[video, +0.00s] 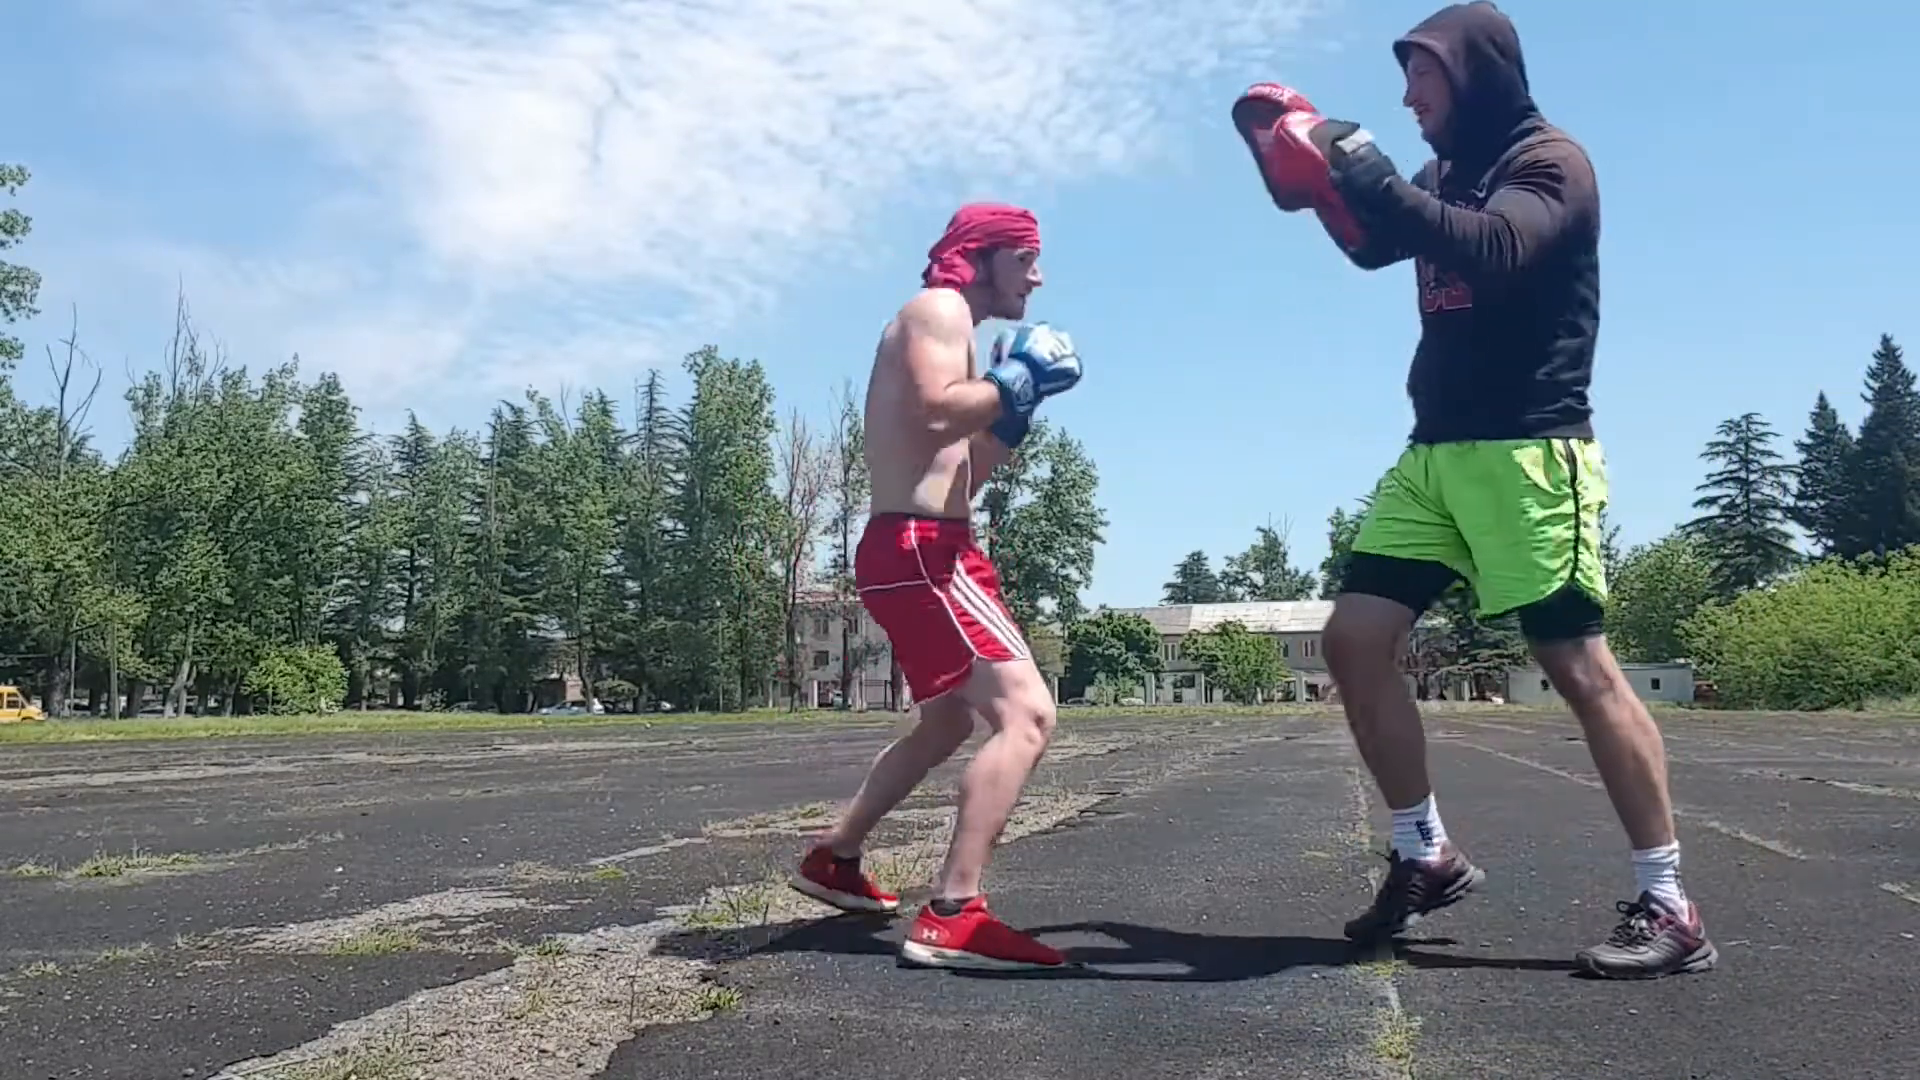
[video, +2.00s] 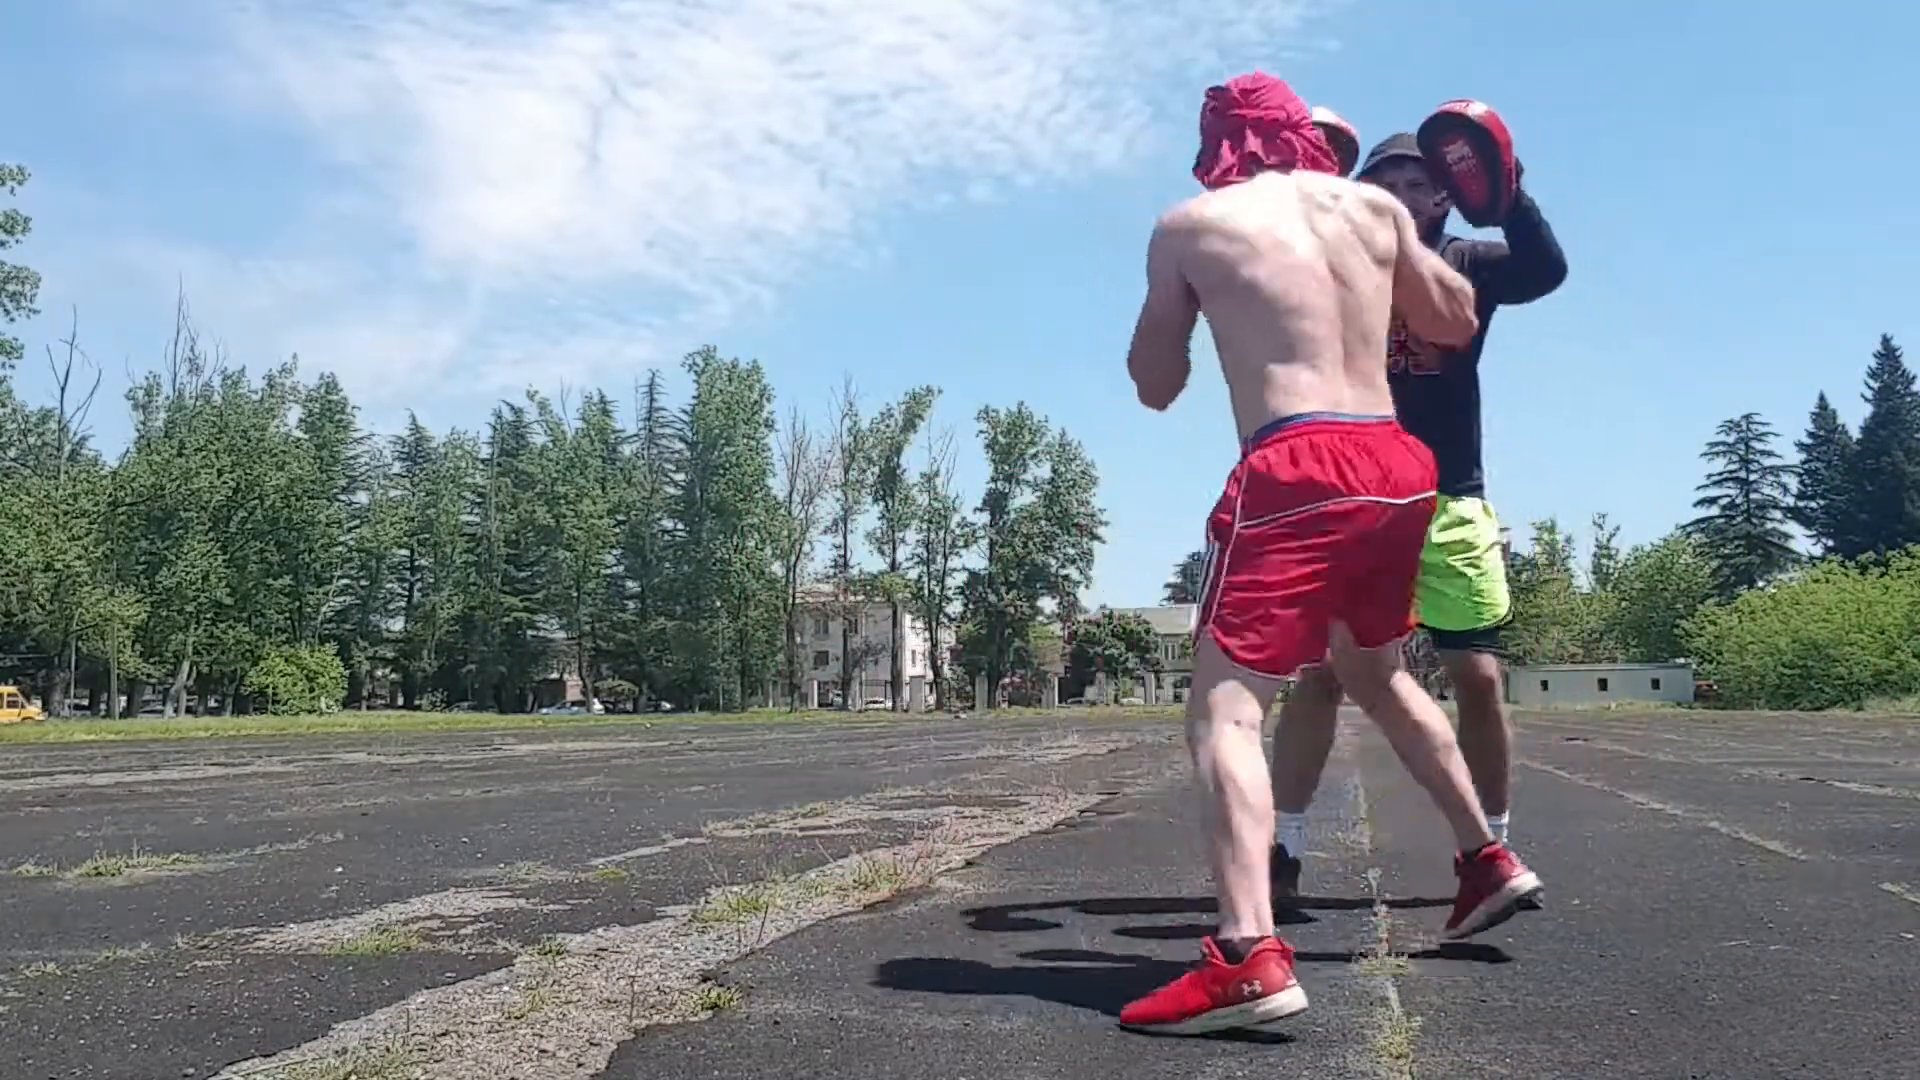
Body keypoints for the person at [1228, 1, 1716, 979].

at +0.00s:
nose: (1410, 91)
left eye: (1422, 71)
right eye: (1407, 74)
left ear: (1475, 72)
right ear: (1433, 83)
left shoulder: (1551, 161)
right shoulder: (1441, 175)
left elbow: (1494, 250)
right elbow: (1370, 244)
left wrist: (1368, 170)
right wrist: (1302, 155)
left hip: (1533, 455)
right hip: (1434, 456)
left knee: (1583, 671)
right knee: (1357, 643)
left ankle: (1668, 904)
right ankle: (1424, 857)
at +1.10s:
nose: (1454, 162)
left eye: (1474, 147)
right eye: (1448, 152)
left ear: (1518, 157)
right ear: (1445, 165)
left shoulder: (1558, 224)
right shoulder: (1448, 248)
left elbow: (1531, 254)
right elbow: (1383, 304)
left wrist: (1441, 192)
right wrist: (1320, 286)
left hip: (1545, 492)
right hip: (1452, 489)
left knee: (1593, 677)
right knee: (1386, 640)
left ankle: (1632, 860)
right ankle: (1443, 826)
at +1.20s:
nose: (1461, 154)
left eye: (1479, 142)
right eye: (1452, 145)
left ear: (1516, 159)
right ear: (1439, 166)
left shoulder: (1563, 235)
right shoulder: (1441, 257)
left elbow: (1636, 271)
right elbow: (1374, 345)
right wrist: (1323, 330)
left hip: (1544, 487)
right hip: (1451, 486)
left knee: (1589, 673)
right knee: (1389, 646)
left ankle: (1629, 856)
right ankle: (1442, 804)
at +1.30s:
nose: (1457, 167)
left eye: (1473, 152)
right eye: (1444, 158)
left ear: (1510, 163)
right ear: (1435, 179)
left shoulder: (1565, 243)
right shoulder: (1432, 267)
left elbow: (1675, 328)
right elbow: (1394, 362)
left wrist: (1632, 275)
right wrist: (1335, 369)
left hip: (1543, 490)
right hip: (1445, 490)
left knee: (1590, 674)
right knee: (1409, 660)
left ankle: (1632, 860)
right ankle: (1437, 809)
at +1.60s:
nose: (1435, 201)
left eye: (1450, 188)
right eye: (1421, 190)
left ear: (1478, 199)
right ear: (1405, 203)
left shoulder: (1518, 268)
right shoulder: (1377, 275)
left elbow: (1613, 342)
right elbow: (1315, 311)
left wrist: (1585, 267)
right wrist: (1312, 229)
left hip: (1506, 501)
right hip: (1410, 506)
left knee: (1529, 664)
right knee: (1427, 689)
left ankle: (1545, 838)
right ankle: (1451, 846)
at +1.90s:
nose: (1424, 203)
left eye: (1440, 192)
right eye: (1408, 192)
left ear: (1465, 206)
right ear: (1388, 207)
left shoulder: (1491, 273)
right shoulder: (1364, 267)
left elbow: (1555, 275)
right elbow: (1313, 270)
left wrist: (1516, 194)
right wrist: (1327, 185)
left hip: (1469, 504)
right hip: (1371, 499)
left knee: (1493, 683)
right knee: (1326, 664)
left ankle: (1498, 851)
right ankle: (1330, 831)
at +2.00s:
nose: (1405, 193)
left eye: (1421, 180)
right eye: (1389, 179)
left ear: (1445, 196)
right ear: (1361, 191)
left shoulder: (1467, 264)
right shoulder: (1336, 260)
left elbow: (1545, 270)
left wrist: (1507, 191)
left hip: (1451, 497)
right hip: (1359, 498)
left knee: (1480, 675)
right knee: (1314, 679)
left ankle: (1493, 849)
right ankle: (1280, 847)